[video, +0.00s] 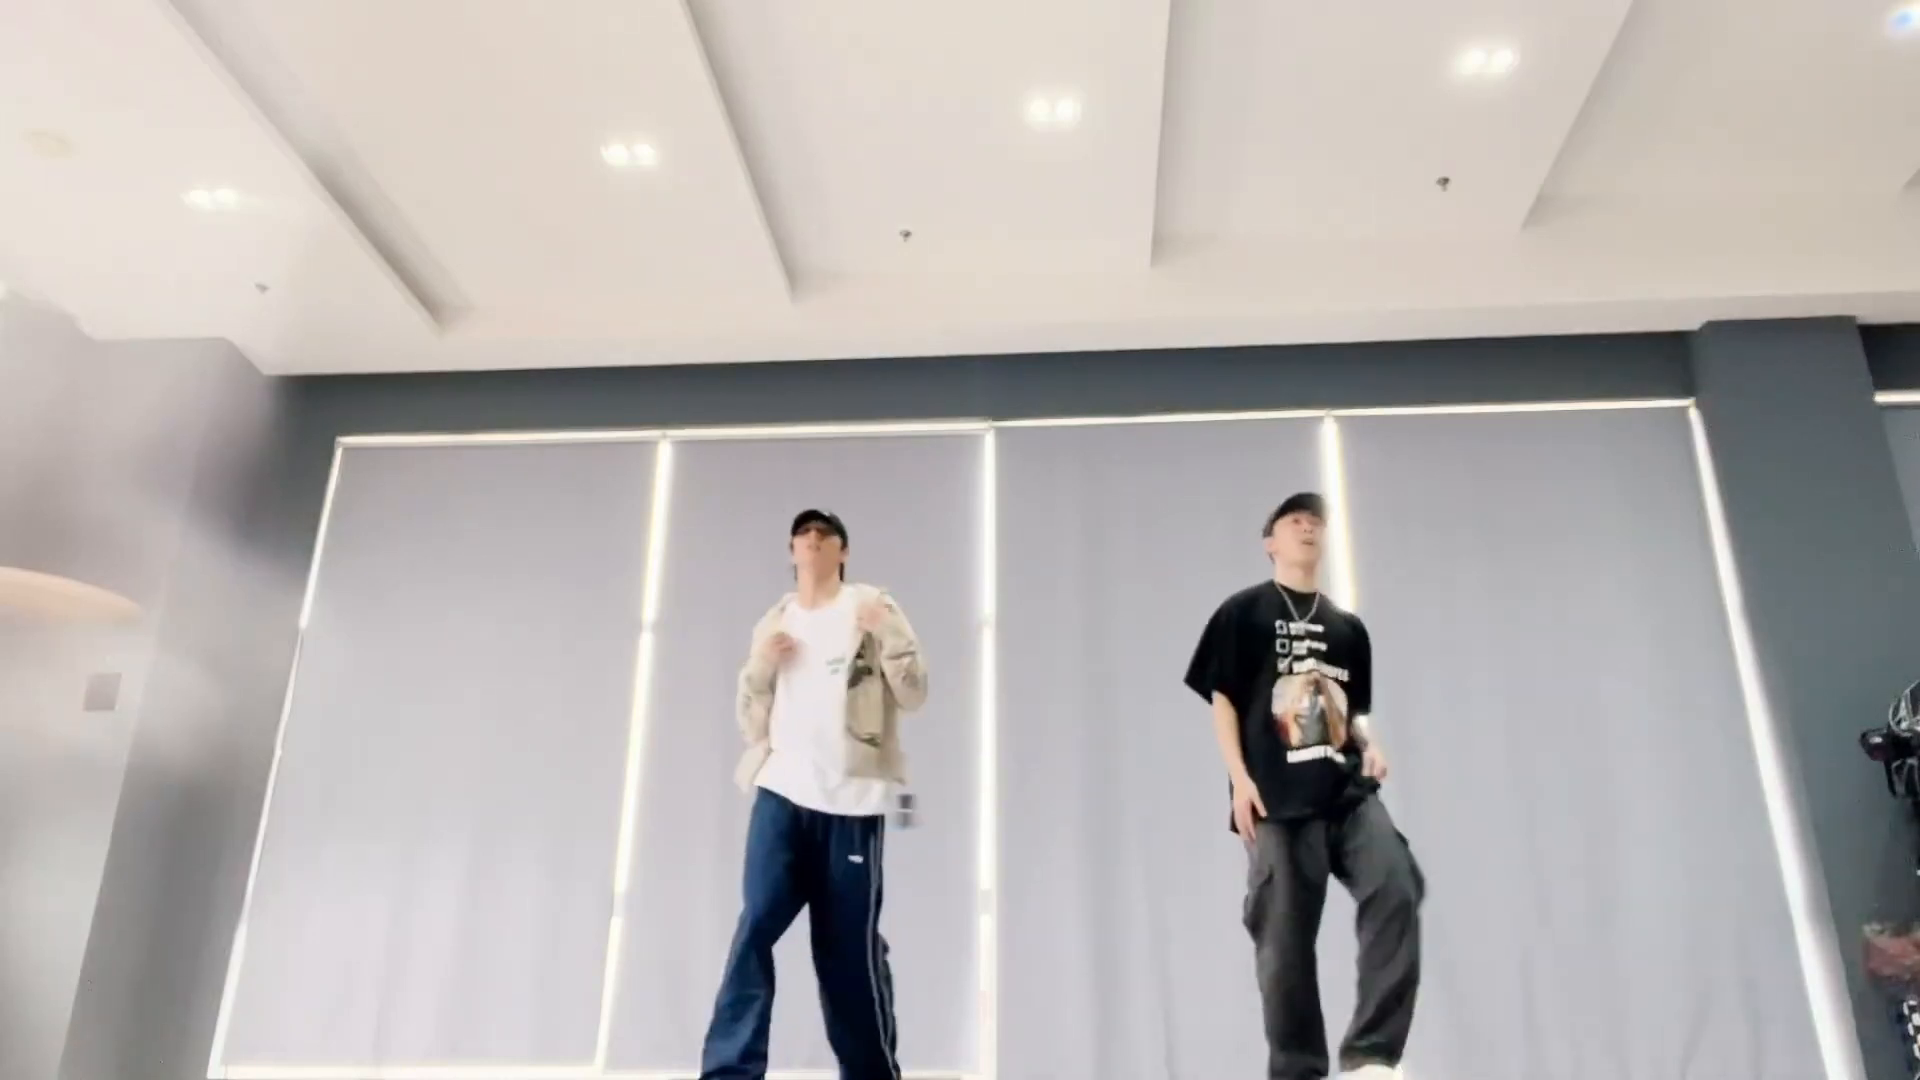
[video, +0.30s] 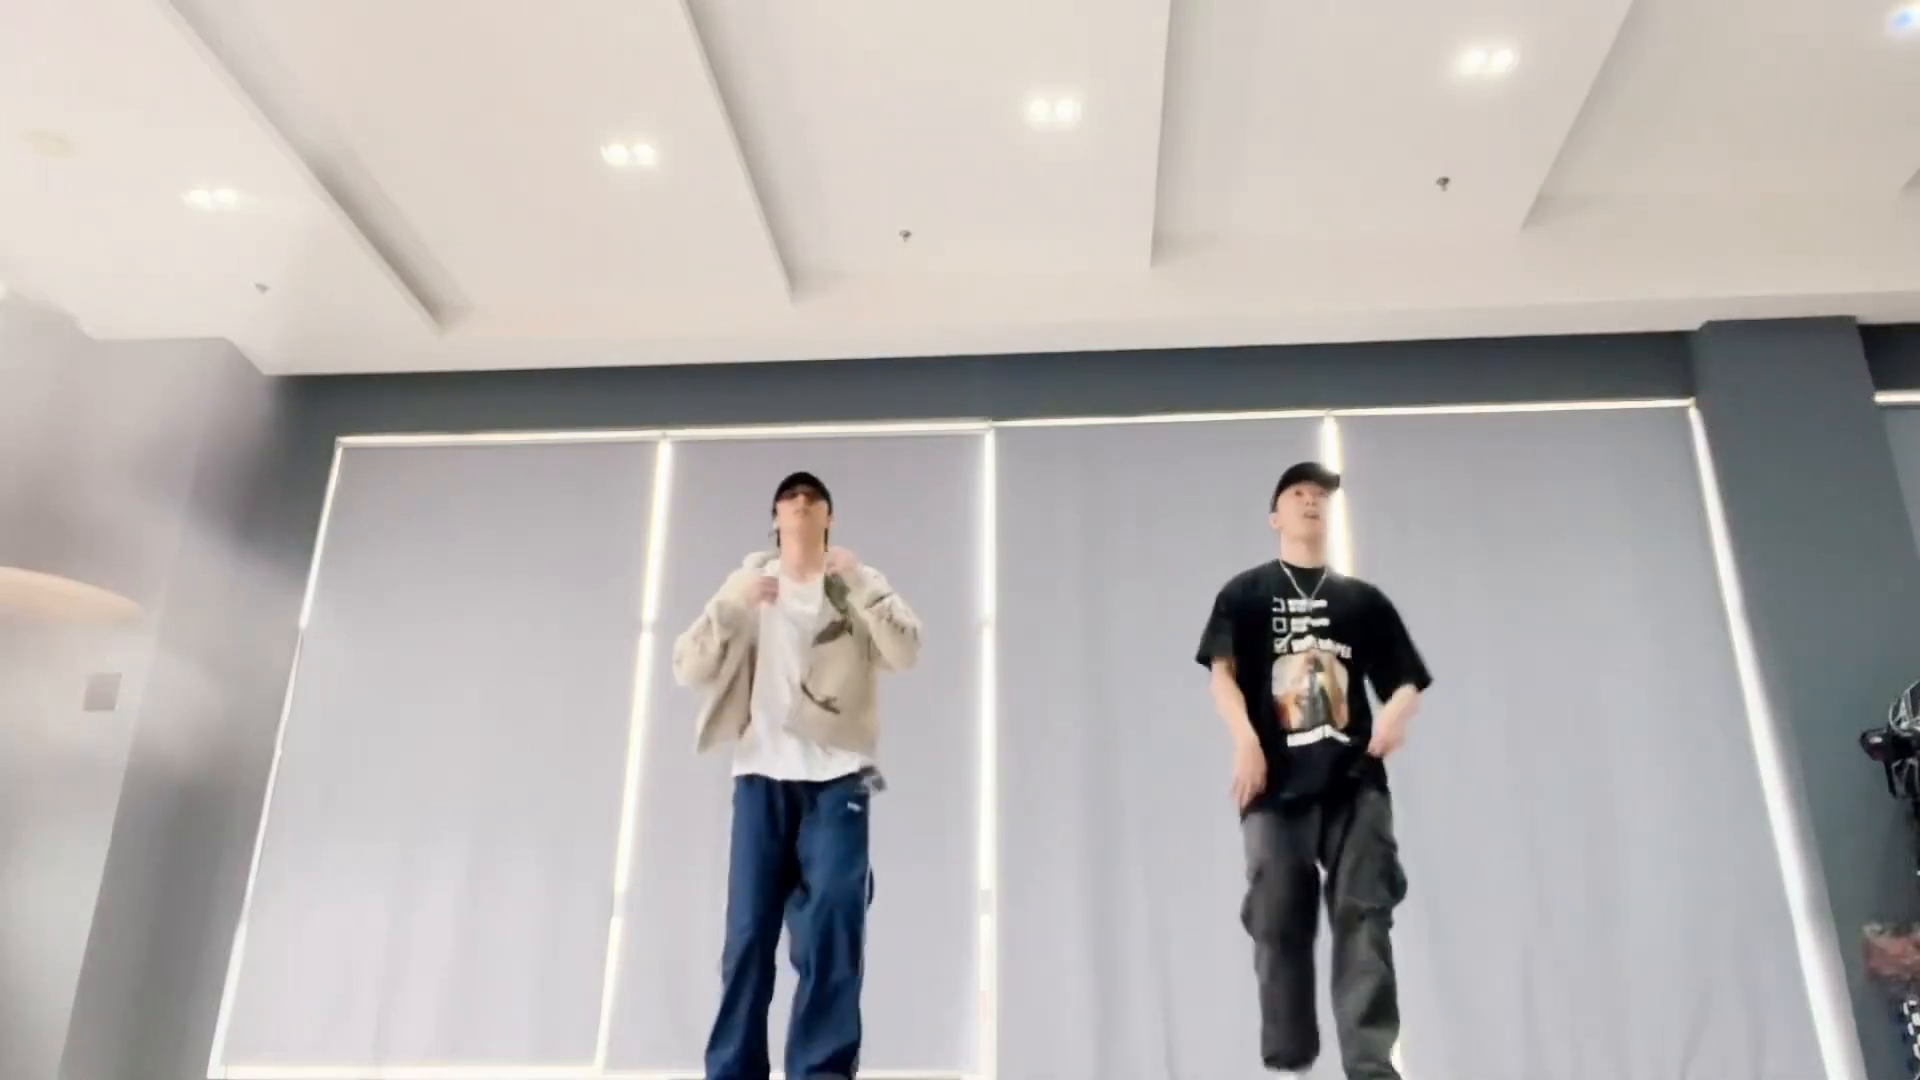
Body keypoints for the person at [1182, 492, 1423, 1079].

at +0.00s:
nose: (1308, 528)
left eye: (1316, 521)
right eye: (1295, 522)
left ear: (1325, 541)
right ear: (1270, 542)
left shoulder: (1348, 628)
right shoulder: (1242, 612)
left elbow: (1354, 711)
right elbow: (1222, 703)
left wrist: (1370, 744)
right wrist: (1240, 780)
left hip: (1348, 796)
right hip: (1278, 802)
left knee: (1396, 887)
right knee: (1283, 939)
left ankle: (1372, 1057)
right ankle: (1297, 1072)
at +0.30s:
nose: (1311, 503)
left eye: (1320, 496)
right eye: (1298, 495)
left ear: (1330, 513)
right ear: (1276, 514)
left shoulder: (1364, 600)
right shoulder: (1242, 594)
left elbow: (1407, 681)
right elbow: (1222, 674)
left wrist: (1390, 723)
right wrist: (1246, 743)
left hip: (1355, 781)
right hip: (1275, 783)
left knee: (1365, 913)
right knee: (1278, 919)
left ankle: (1371, 1062)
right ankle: (1287, 1064)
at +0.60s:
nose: (1307, 472)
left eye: (1317, 465)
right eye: (1295, 464)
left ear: (1329, 484)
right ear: (1272, 484)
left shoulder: (1368, 561)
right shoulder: (1244, 567)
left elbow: (1419, 639)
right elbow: (1210, 650)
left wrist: (1454, 600)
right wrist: (1187, 613)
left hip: (1369, 758)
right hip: (1279, 756)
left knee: (1386, 889)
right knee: (1260, 864)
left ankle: (1400, 1063)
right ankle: (1292, 1032)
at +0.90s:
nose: (1326, 472)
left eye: (1334, 465)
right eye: (1312, 462)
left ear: (1340, 486)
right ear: (1278, 478)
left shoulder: (1355, 574)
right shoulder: (1243, 558)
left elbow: (1371, 667)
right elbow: (1239, 659)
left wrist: (1358, 726)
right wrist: (1294, 727)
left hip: (1350, 764)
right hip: (1274, 767)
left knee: (1377, 909)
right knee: (1313, 904)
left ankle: (1374, 1061)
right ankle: (1313, 1066)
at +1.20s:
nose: (1365, 576)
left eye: (1372, 570)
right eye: (1351, 564)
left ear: (1376, 588)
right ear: (1323, 570)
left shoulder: (1360, 667)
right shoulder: (1290, 587)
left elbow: (1447, 656)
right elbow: (1274, 488)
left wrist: (1531, 613)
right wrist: (1289, 389)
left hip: (1274, 831)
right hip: (1215, 802)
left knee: (1370, 912)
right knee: (1159, 932)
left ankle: (1375, 1068)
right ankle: (1019, 1041)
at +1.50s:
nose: (1276, 488)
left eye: (1289, 477)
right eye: (1261, 480)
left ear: (1308, 491)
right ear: (1246, 500)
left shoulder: (1359, 561)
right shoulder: (1234, 594)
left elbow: (1433, 624)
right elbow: (1227, 707)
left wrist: (1333, 603)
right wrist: (1270, 671)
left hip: (1380, 760)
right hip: (1292, 770)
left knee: (1419, 907)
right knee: (1311, 911)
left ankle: (1397, 1065)